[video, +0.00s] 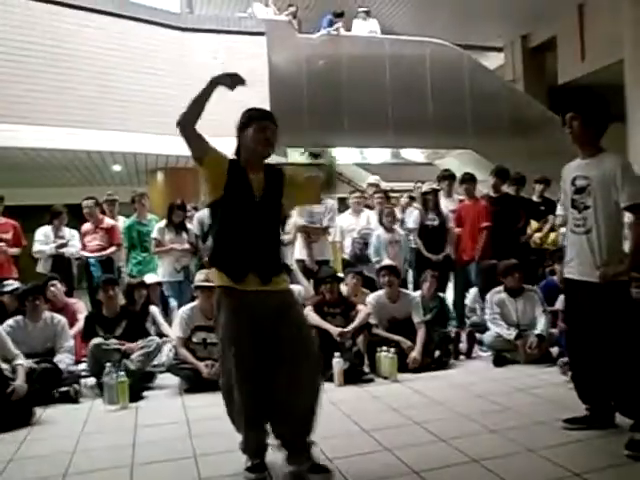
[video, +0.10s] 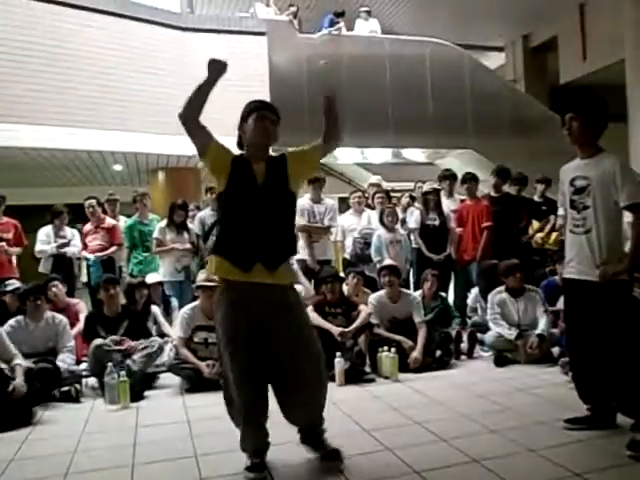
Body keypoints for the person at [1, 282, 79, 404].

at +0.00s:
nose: (36, 303)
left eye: (39, 299)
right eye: (32, 300)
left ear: (45, 303)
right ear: (25, 304)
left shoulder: (58, 322)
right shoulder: (11, 326)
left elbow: (67, 352)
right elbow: (5, 356)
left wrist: (54, 367)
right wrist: (24, 365)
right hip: (23, 369)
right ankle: (54, 396)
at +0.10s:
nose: (38, 303)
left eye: (41, 299)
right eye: (34, 300)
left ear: (47, 303)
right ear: (26, 303)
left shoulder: (59, 322)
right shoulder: (13, 327)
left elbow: (68, 351)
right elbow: (5, 356)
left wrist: (57, 368)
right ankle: (54, 395)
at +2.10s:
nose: (40, 303)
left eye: (42, 299)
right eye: (35, 300)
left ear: (47, 301)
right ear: (26, 304)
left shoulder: (61, 321)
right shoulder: (14, 326)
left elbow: (68, 353)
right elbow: (11, 360)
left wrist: (57, 372)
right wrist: (27, 375)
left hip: (54, 369)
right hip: (28, 372)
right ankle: (66, 394)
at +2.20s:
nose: (40, 303)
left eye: (42, 299)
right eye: (35, 299)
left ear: (48, 301)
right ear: (26, 304)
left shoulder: (61, 322)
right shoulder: (14, 326)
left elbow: (68, 353)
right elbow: (11, 360)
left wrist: (56, 372)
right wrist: (28, 376)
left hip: (54, 369)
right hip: (27, 372)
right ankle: (66, 394)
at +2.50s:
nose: (39, 303)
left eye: (42, 299)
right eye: (34, 300)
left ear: (47, 301)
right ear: (25, 305)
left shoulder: (60, 321)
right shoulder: (14, 326)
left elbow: (69, 352)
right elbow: (10, 359)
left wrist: (58, 371)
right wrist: (24, 375)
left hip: (53, 367)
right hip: (28, 370)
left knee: (76, 374)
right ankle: (69, 394)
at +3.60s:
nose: (41, 303)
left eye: (44, 299)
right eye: (36, 300)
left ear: (48, 300)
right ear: (26, 305)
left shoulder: (60, 321)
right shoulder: (15, 325)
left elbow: (68, 352)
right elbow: (5, 353)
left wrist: (59, 370)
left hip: (53, 367)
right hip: (27, 369)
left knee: (75, 373)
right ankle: (65, 394)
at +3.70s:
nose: (41, 303)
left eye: (43, 299)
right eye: (35, 300)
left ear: (48, 300)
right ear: (25, 305)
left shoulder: (60, 321)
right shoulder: (14, 325)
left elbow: (68, 352)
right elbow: (6, 354)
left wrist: (59, 371)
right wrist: (16, 373)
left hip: (53, 366)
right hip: (27, 369)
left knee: (75, 373)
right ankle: (65, 394)